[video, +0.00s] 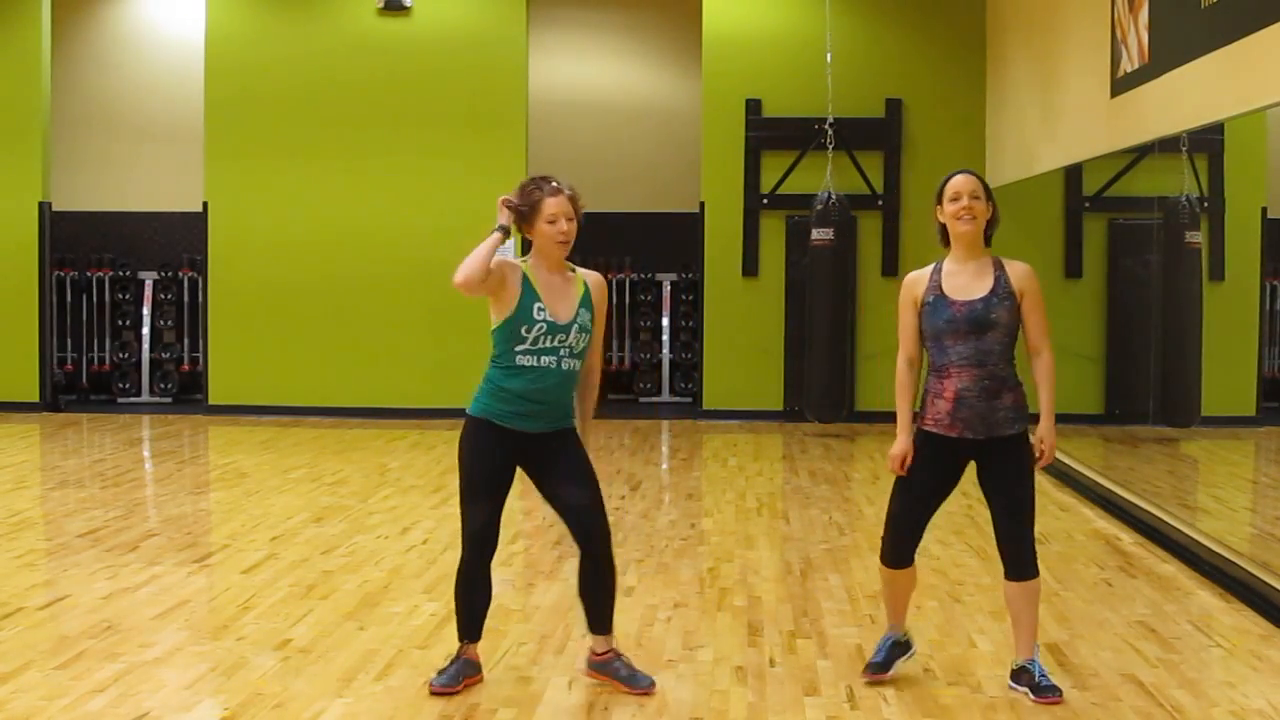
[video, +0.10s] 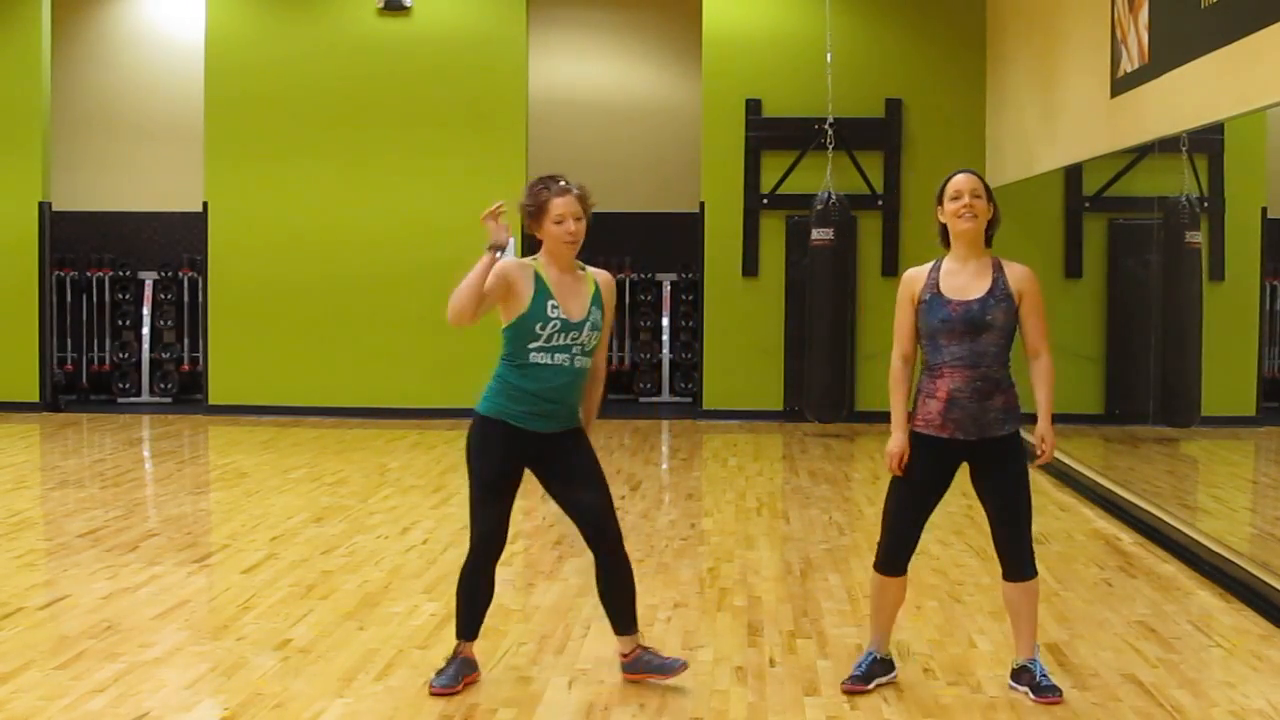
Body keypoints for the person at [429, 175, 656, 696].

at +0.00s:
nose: (565, 229)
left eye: (570, 219)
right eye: (553, 221)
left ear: (578, 223)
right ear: (528, 228)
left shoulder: (592, 286)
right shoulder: (507, 273)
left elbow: (591, 368)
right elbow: (465, 282)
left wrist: (581, 430)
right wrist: (499, 232)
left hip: (553, 434)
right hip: (491, 429)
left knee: (595, 534)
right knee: (478, 541)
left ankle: (602, 650)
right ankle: (468, 655)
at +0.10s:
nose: (573, 228)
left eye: (579, 219)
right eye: (561, 220)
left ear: (586, 224)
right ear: (537, 226)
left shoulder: (600, 285)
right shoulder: (513, 272)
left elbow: (597, 364)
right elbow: (458, 315)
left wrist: (585, 428)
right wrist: (491, 252)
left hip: (560, 433)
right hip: (500, 428)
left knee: (607, 537)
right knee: (486, 545)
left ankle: (631, 650)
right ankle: (464, 653)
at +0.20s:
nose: (581, 224)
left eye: (588, 214)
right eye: (570, 216)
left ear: (597, 218)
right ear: (546, 222)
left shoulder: (615, 278)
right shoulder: (524, 275)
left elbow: (625, 356)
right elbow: (472, 340)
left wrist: (629, 429)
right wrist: (466, 313)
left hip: (584, 432)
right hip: (524, 430)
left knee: (624, 535)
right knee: (498, 543)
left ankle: (638, 652)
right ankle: (456, 649)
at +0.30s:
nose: (589, 222)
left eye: (595, 212)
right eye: (577, 214)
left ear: (606, 215)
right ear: (556, 221)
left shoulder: (630, 273)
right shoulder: (536, 278)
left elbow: (660, 348)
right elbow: (500, 345)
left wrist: (684, 419)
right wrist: (467, 392)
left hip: (613, 430)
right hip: (551, 432)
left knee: (645, 536)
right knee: (523, 545)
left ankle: (642, 651)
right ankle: (470, 647)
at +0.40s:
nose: (594, 225)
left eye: (601, 215)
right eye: (582, 217)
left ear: (613, 218)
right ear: (563, 223)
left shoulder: (640, 276)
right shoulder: (542, 284)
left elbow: (684, 340)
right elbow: (521, 361)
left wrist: (722, 401)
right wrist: (499, 434)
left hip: (628, 429)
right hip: (565, 433)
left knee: (655, 534)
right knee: (556, 548)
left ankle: (644, 652)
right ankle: (512, 646)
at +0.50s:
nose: (594, 227)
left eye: (601, 219)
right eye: (583, 219)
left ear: (612, 224)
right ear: (563, 225)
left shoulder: (640, 279)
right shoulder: (543, 286)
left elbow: (692, 337)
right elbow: (539, 364)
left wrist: (736, 388)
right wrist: (534, 434)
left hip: (634, 430)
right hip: (570, 434)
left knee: (658, 534)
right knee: (553, 548)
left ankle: (647, 651)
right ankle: (555, 653)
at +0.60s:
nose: (587, 224)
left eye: (596, 216)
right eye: (577, 215)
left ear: (608, 223)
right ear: (558, 221)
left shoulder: (631, 278)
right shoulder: (538, 282)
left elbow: (682, 334)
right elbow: (537, 359)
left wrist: (723, 387)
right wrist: (533, 428)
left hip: (632, 429)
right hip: (567, 432)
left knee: (649, 539)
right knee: (529, 539)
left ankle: (658, 646)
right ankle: (536, 646)